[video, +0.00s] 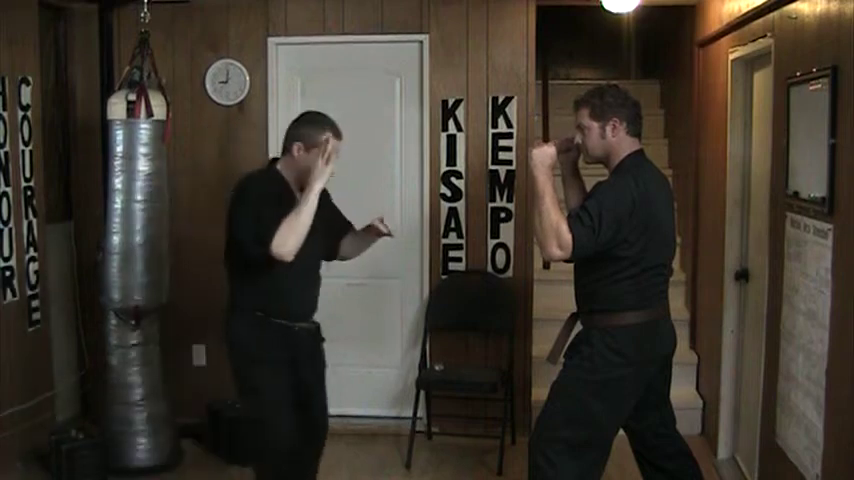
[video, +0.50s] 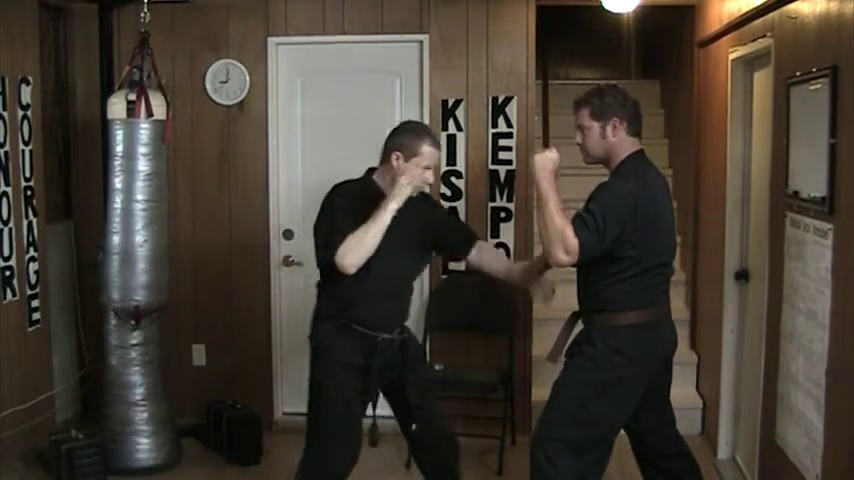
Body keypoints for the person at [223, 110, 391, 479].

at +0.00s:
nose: (329, 164)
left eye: (332, 156)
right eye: (324, 154)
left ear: (305, 152)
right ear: (297, 150)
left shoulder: (311, 193)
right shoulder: (255, 189)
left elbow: (338, 247)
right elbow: (284, 248)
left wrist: (367, 235)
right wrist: (314, 188)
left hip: (303, 334)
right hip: (259, 335)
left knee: (313, 430)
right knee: (277, 436)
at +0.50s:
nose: (430, 179)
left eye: (434, 170)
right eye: (425, 168)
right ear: (395, 159)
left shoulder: (425, 211)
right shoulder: (346, 197)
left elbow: (474, 249)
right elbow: (347, 260)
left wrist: (519, 273)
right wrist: (394, 200)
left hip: (396, 343)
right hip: (341, 342)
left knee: (439, 449)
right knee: (332, 454)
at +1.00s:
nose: (398, 169)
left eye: (400, 160)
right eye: (390, 159)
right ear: (359, 153)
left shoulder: (386, 204)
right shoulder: (319, 199)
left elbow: (425, 253)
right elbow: (337, 263)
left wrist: (468, 263)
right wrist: (379, 203)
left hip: (380, 341)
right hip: (329, 342)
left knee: (426, 443)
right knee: (328, 454)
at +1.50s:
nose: (332, 156)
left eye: (336, 148)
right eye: (327, 146)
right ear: (299, 140)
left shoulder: (321, 188)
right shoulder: (255, 180)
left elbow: (361, 232)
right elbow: (269, 240)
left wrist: (386, 193)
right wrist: (306, 179)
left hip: (299, 326)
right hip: (255, 325)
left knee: (302, 429)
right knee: (269, 430)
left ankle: (292, 477)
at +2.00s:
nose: (253, 172)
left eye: (256, 164)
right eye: (247, 162)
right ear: (218, 154)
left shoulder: (238, 202)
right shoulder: (177, 196)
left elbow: (277, 253)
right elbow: (205, 254)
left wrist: (299, 213)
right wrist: (260, 208)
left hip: (228, 339)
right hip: (179, 338)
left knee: (270, 427)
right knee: (155, 433)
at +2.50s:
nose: (291, 167)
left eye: (294, 158)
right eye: (288, 156)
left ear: (267, 153)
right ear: (259, 149)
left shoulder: (266, 194)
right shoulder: (217, 190)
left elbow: (295, 247)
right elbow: (252, 247)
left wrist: (323, 211)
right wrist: (278, 188)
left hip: (259, 334)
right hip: (212, 334)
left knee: (283, 434)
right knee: (190, 437)